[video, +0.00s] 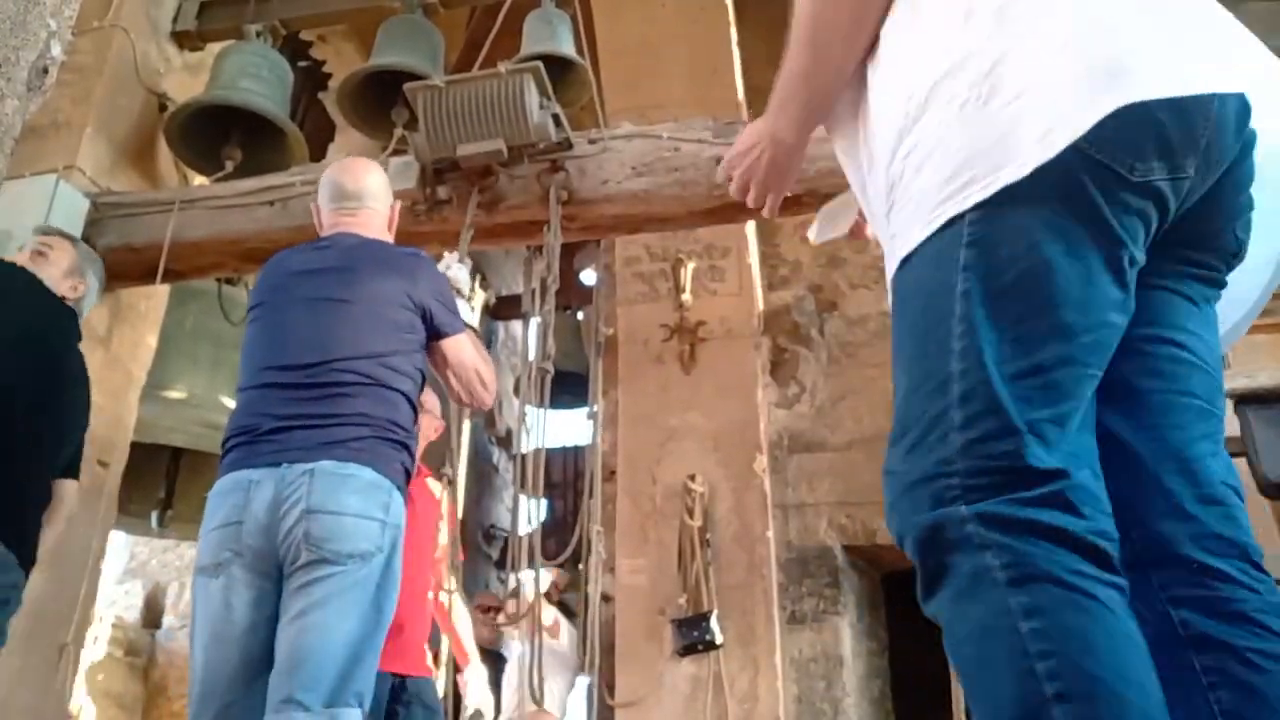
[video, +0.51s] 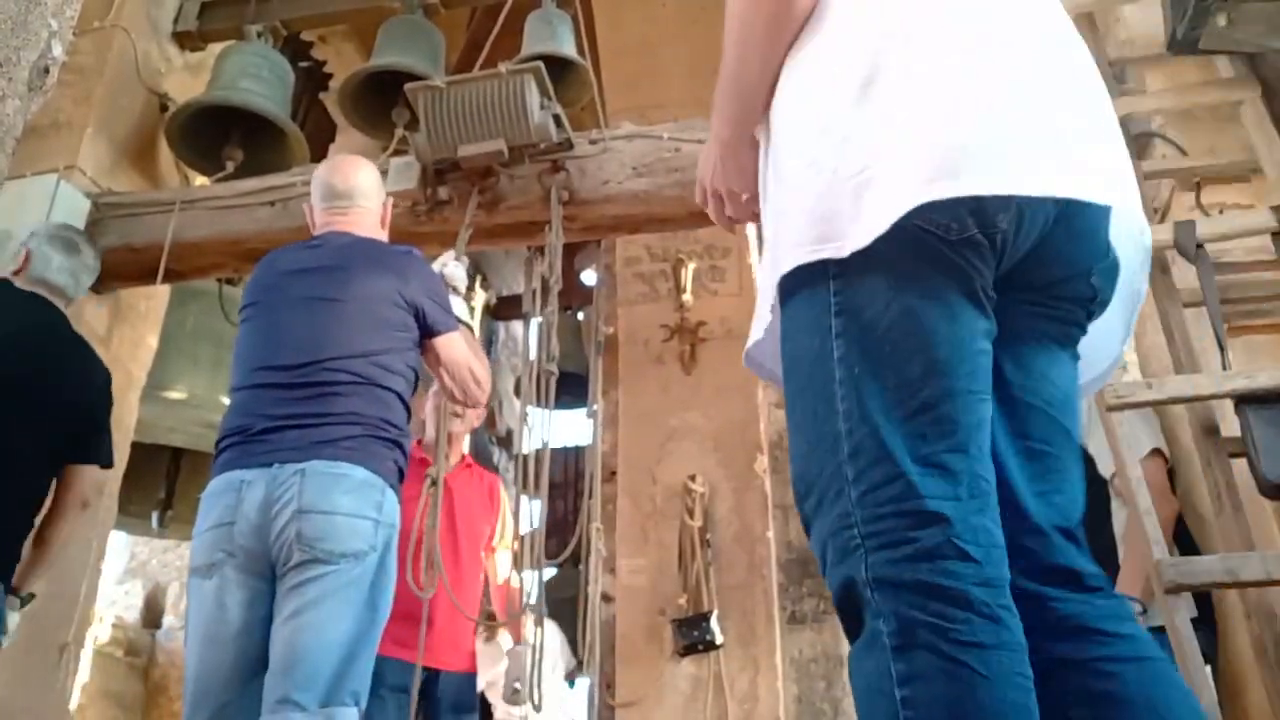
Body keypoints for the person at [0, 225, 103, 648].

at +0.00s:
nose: (18, 258)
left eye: (41, 254)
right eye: (24, 250)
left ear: (74, 289)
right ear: (73, 294)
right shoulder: (71, 367)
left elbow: (62, 496)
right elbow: (62, 497)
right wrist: (20, 572)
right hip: (6, 555)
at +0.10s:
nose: (20, 261)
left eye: (40, 256)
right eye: (30, 252)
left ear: (74, 287)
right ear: (76, 292)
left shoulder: (9, 286)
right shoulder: (81, 377)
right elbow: (66, 503)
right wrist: (23, 563)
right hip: (9, 560)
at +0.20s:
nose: (20, 262)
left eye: (35, 256)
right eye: (31, 253)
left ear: (64, 280)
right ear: (75, 289)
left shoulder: (8, 287)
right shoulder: (90, 385)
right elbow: (66, 507)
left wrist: (18, 568)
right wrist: (18, 565)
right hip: (7, 562)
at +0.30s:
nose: (21, 265)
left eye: (30, 259)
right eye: (29, 258)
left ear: (47, 266)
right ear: (87, 307)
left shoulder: (8, 292)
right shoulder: (93, 383)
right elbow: (70, 503)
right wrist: (19, 566)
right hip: (5, 564)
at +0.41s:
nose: (18, 263)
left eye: (23, 257)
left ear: (32, 263)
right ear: (83, 301)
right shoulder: (92, 377)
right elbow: (75, 496)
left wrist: (27, 565)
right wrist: (27, 565)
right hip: (1, 572)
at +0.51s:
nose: (8, 263)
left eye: (13, 256)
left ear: (22, 260)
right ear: (81, 294)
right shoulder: (87, 371)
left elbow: (78, 495)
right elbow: (77, 497)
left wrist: (19, 590)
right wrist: (19, 590)